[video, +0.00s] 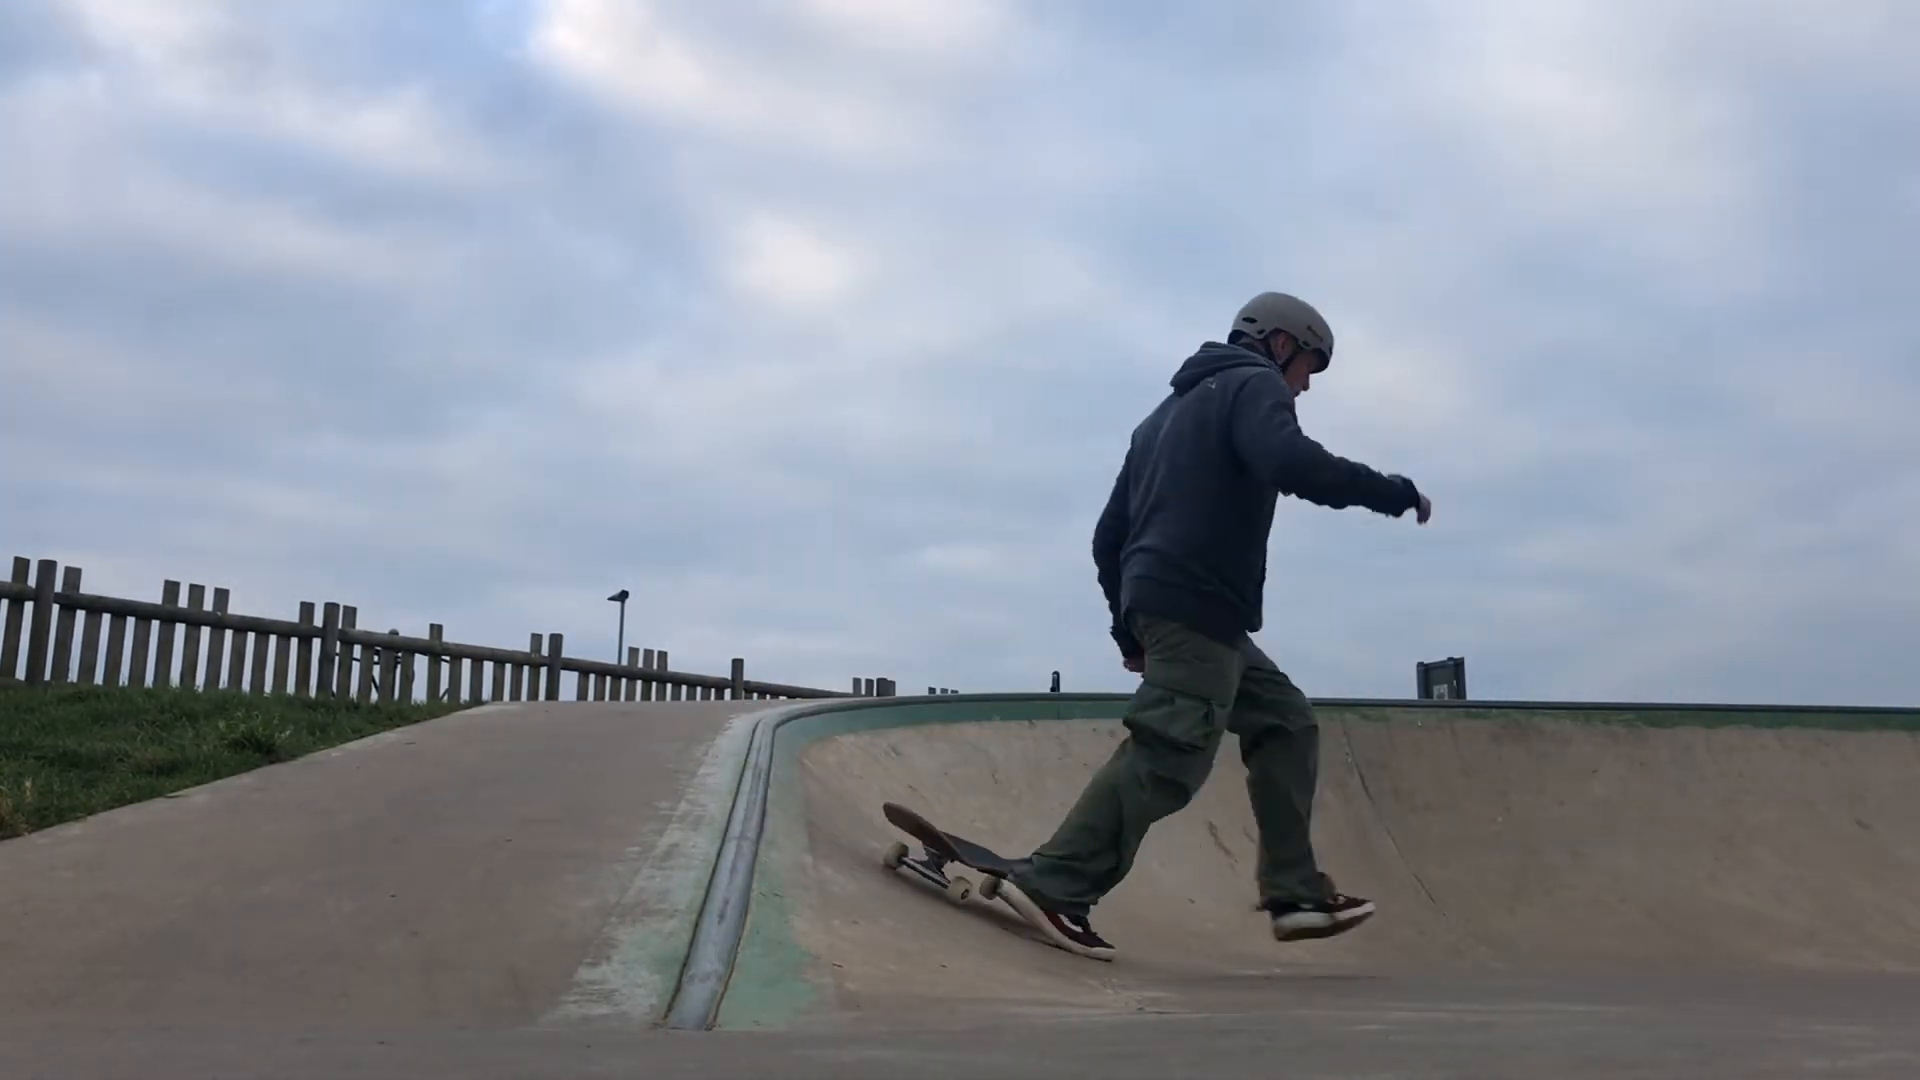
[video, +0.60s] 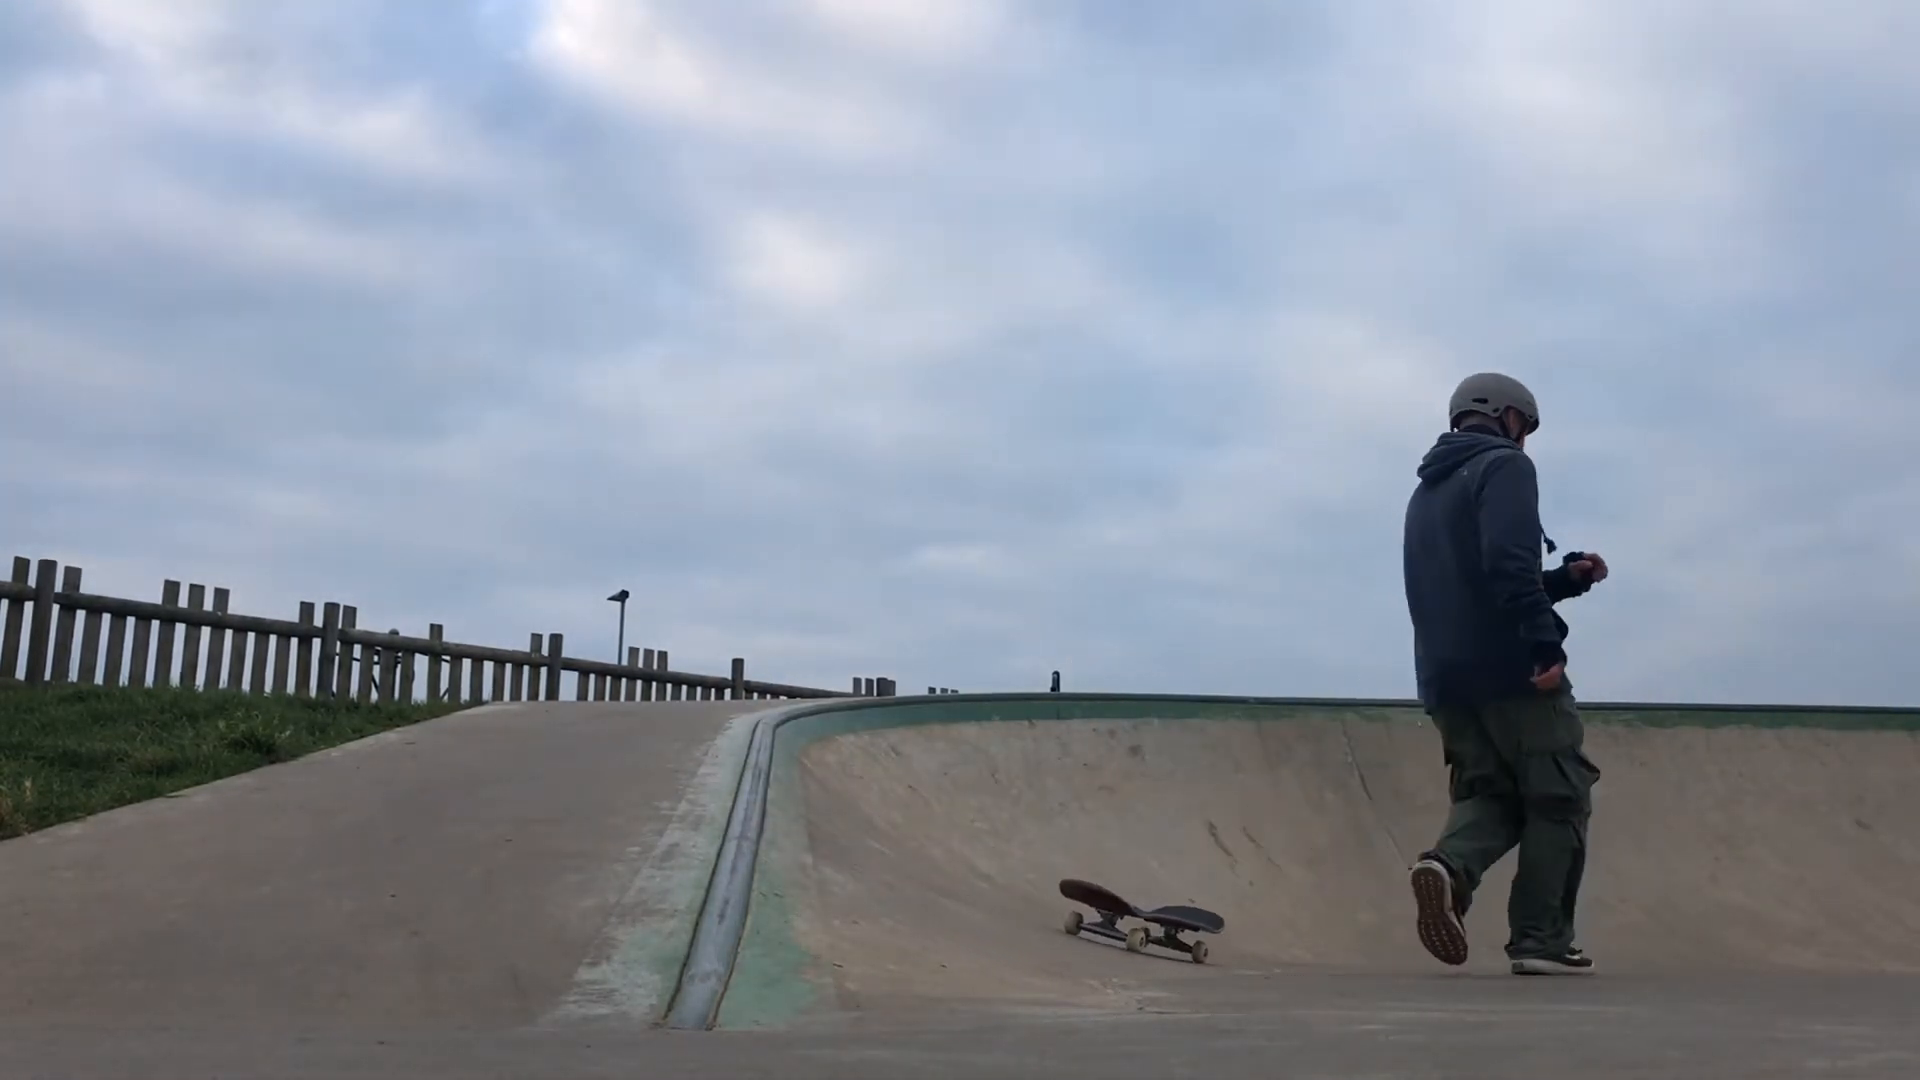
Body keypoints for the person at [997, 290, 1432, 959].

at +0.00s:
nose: (1306, 384)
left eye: (1312, 373)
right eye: (1308, 367)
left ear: (1248, 342)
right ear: (1278, 345)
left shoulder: (1164, 416)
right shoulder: (1252, 385)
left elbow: (1111, 533)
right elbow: (1285, 457)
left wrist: (1130, 624)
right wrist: (1388, 490)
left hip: (1155, 599)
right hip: (1195, 600)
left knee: (1283, 720)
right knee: (1168, 754)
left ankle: (1295, 892)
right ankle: (1054, 881)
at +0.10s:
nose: (1353, 396)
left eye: (1358, 384)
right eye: (1354, 379)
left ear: (1293, 360)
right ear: (1325, 361)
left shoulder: (1218, 440)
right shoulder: (1310, 409)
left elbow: (1184, 556)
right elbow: (1328, 509)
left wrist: (1223, 613)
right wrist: (1399, 599)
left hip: (1227, 622)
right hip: (1279, 617)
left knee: (1343, 769)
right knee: (1284, 767)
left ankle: (1382, 935)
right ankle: (1135, 845)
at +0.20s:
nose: (1399, 420)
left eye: (1403, 408)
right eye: (1399, 405)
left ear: (1335, 391)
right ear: (1371, 390)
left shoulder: (1285, 463)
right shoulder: (1363, 443)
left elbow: (1270, 573)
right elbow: (1365, 560)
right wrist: (1396, 659)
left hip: (1280, 658)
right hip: (1337, 651)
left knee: (1405, 792)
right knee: (1430, 775)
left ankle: (1392, 941)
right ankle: (1305, 825)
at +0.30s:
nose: (1439, 429)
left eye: (1443, 416)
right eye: (1439, 413)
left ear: (1383, 398)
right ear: (1413, 397)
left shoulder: (1333, 462)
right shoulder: (1399, 447)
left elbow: (1374, 570)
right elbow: (1391, 550)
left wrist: (1449, 630)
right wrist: (1407, 645)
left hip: (1321, 662)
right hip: (1386, 652)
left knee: (1407, 791)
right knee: (1497, 749)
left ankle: (1391, 930)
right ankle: (1476, 876)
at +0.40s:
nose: (1475, 421)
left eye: (1478, 409)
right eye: (1475, 406)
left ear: (1421, 392)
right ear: (1451, 391)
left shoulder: (1370, 460)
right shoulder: (1434, 434)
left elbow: (1426, 572)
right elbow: (1417, 529)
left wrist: (1509, 580)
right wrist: (1438, 617)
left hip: (1361, 649)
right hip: (1435, 640)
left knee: (1422, 780)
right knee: (1516, 758)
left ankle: (1397, 912)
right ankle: (1560, 916)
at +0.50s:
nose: (1501, 426)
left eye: (1503, 415)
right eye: (1500, 413)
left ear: (1443, 398)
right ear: (1478, 399)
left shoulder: (1401, 466)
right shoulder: (1466, 443)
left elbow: (1465, 569)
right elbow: (1456, 529)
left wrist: (1541, 557)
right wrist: (1487, 617)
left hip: (1406, 652)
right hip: (1481, 647)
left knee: (1451, 783)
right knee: (1529, 783)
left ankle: (1417, 874)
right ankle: (1545, 941)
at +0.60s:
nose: (1525, 441)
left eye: (1527, 431)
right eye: (1525, 429)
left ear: (1466, 419)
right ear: (1506, 418)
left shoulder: (1429, 489)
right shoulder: (1505, 466)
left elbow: (1478, 591)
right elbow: (1509, 563)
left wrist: (1563, 578)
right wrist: (1545, 646)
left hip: (1444, 673)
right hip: (1510, 665)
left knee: (1490, 792)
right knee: (1559, 792)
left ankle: (1449, 868)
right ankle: (1541, 942)